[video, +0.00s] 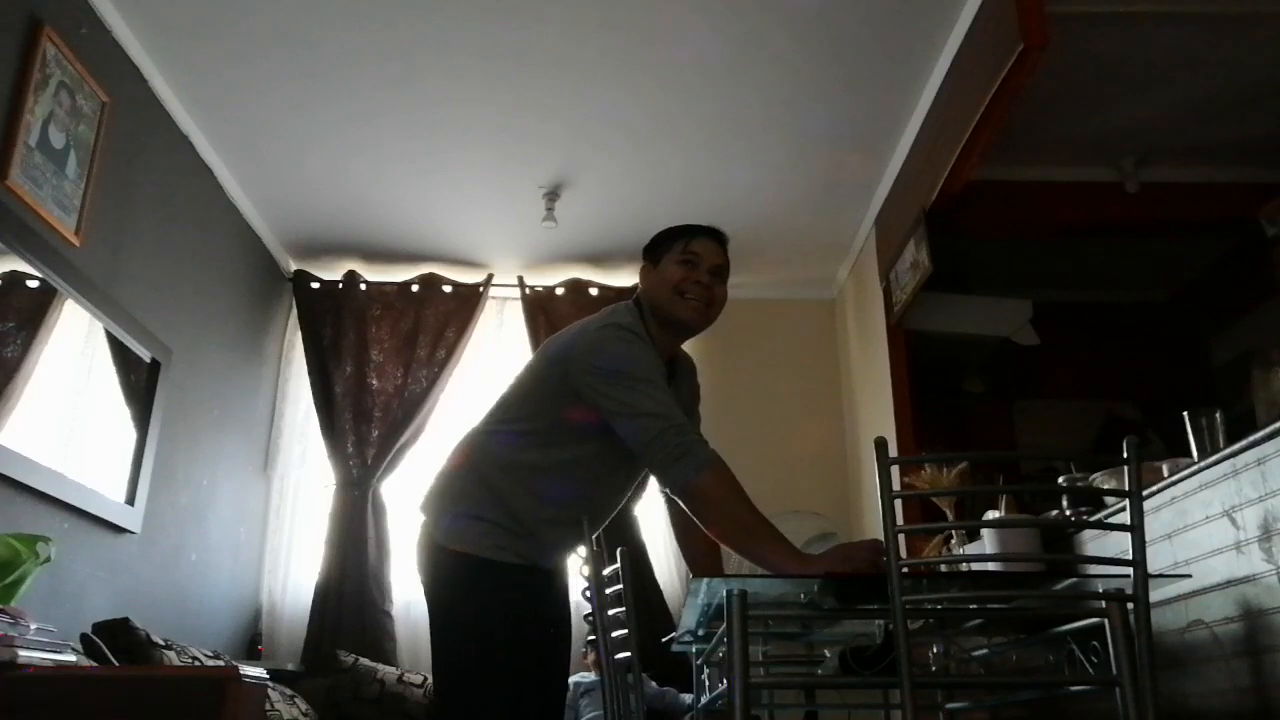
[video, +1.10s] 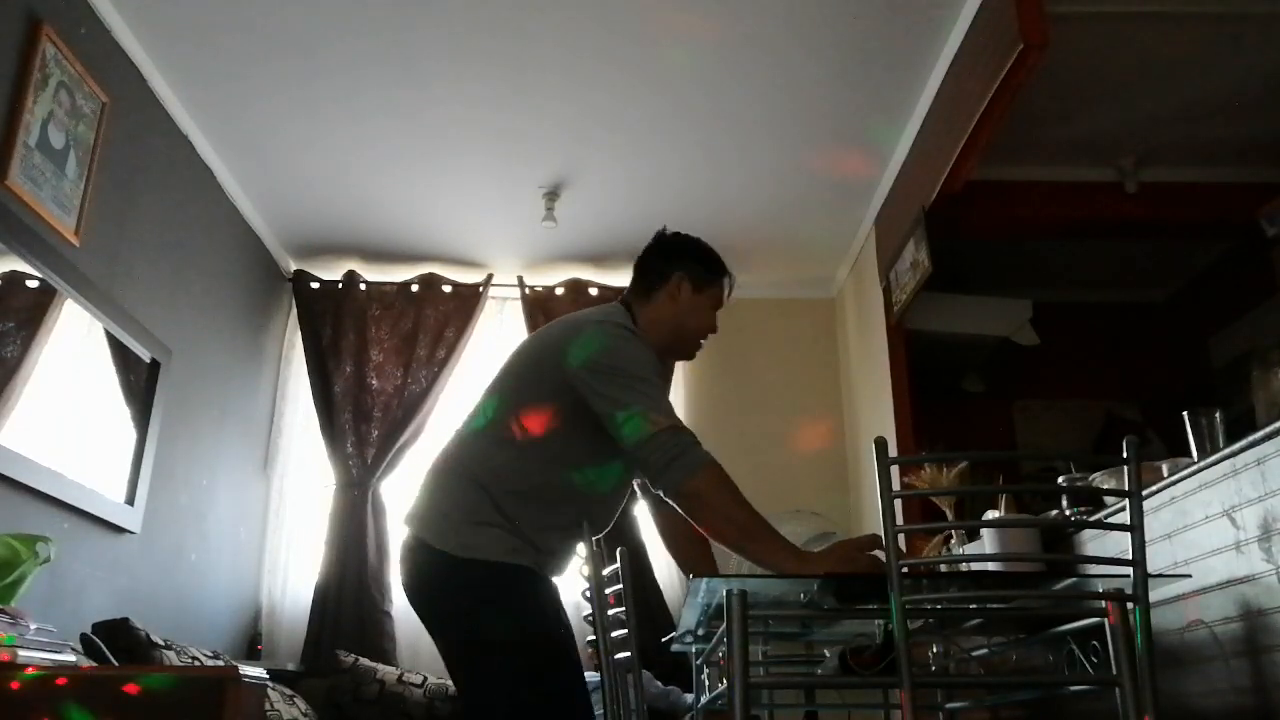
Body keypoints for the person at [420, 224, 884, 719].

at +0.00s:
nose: (703, 280)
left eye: (717, 275)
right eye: (687, 263)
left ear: (722, 300)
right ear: (646, 272)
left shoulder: (679, 378)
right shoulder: (611, 343)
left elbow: (687, 498)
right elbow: (691, 470)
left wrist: (718, 602)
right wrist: (798, 564)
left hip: (536, 555)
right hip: (476, 542)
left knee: (538, 704)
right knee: (488, 706)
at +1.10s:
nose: (714, 327)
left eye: (718, 312)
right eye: (714, 307)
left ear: (671, 290)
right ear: (679, 289)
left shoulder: (624, 355)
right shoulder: (605, 342)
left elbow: (671, 499)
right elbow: (686, 474)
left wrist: (718, 599)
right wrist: (803, 562)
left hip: (505, 563)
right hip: (473, 560)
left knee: (550, 712)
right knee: (546, 714)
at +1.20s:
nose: (685, 325)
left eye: (690, 308)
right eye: (689, 305)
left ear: (626, 281)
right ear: (668, 290)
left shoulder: (579, 335)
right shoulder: (599, 333)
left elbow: (656, 487)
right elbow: (682, 456)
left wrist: (722, 579)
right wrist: (799, 547)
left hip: (470, 563)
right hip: (484, 566)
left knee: (520, 714)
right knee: (555, 713)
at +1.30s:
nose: (656, 286)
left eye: (660, 275)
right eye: (660, 272)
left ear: (595, 250)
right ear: (645, 261)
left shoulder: (547, 299)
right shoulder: (596, 295)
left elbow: (607, 449)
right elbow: (635, 416)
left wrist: (708, 500)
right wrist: (771, 464)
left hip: (462, 537)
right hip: (498, 541)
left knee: (520, 707)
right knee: (552, 708)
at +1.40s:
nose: (642, 242)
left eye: (644, 231)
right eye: (645, 229)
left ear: (585, 202)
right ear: (639, 216)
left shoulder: (534, 248)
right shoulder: (598, 237)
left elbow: (565, 397)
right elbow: (605, 353)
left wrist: (673, 420)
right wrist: (725, 378)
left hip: (461, 484)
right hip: (501, 490)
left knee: (491, 679)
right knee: (530, 684)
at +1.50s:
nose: (623, 204)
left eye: (625, 197)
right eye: (623, 195)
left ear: (556, 174)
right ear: (615, 184)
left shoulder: (500, 228)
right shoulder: (599, 205)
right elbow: (611, 327)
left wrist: (633, 357)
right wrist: (667, 374)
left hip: (440, 459)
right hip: (504, 459)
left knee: (473, 654)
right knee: (523, 662)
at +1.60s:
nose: (602, 213)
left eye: (603, 205)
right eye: (604, 204)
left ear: (531, 189)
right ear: (593, 196)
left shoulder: (472, 245)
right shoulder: (584, 226)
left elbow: (469, 361)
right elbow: (613, 360)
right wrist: (640, 369)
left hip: (429, 489)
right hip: (510, 488)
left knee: (469, 681)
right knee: (521, 682)